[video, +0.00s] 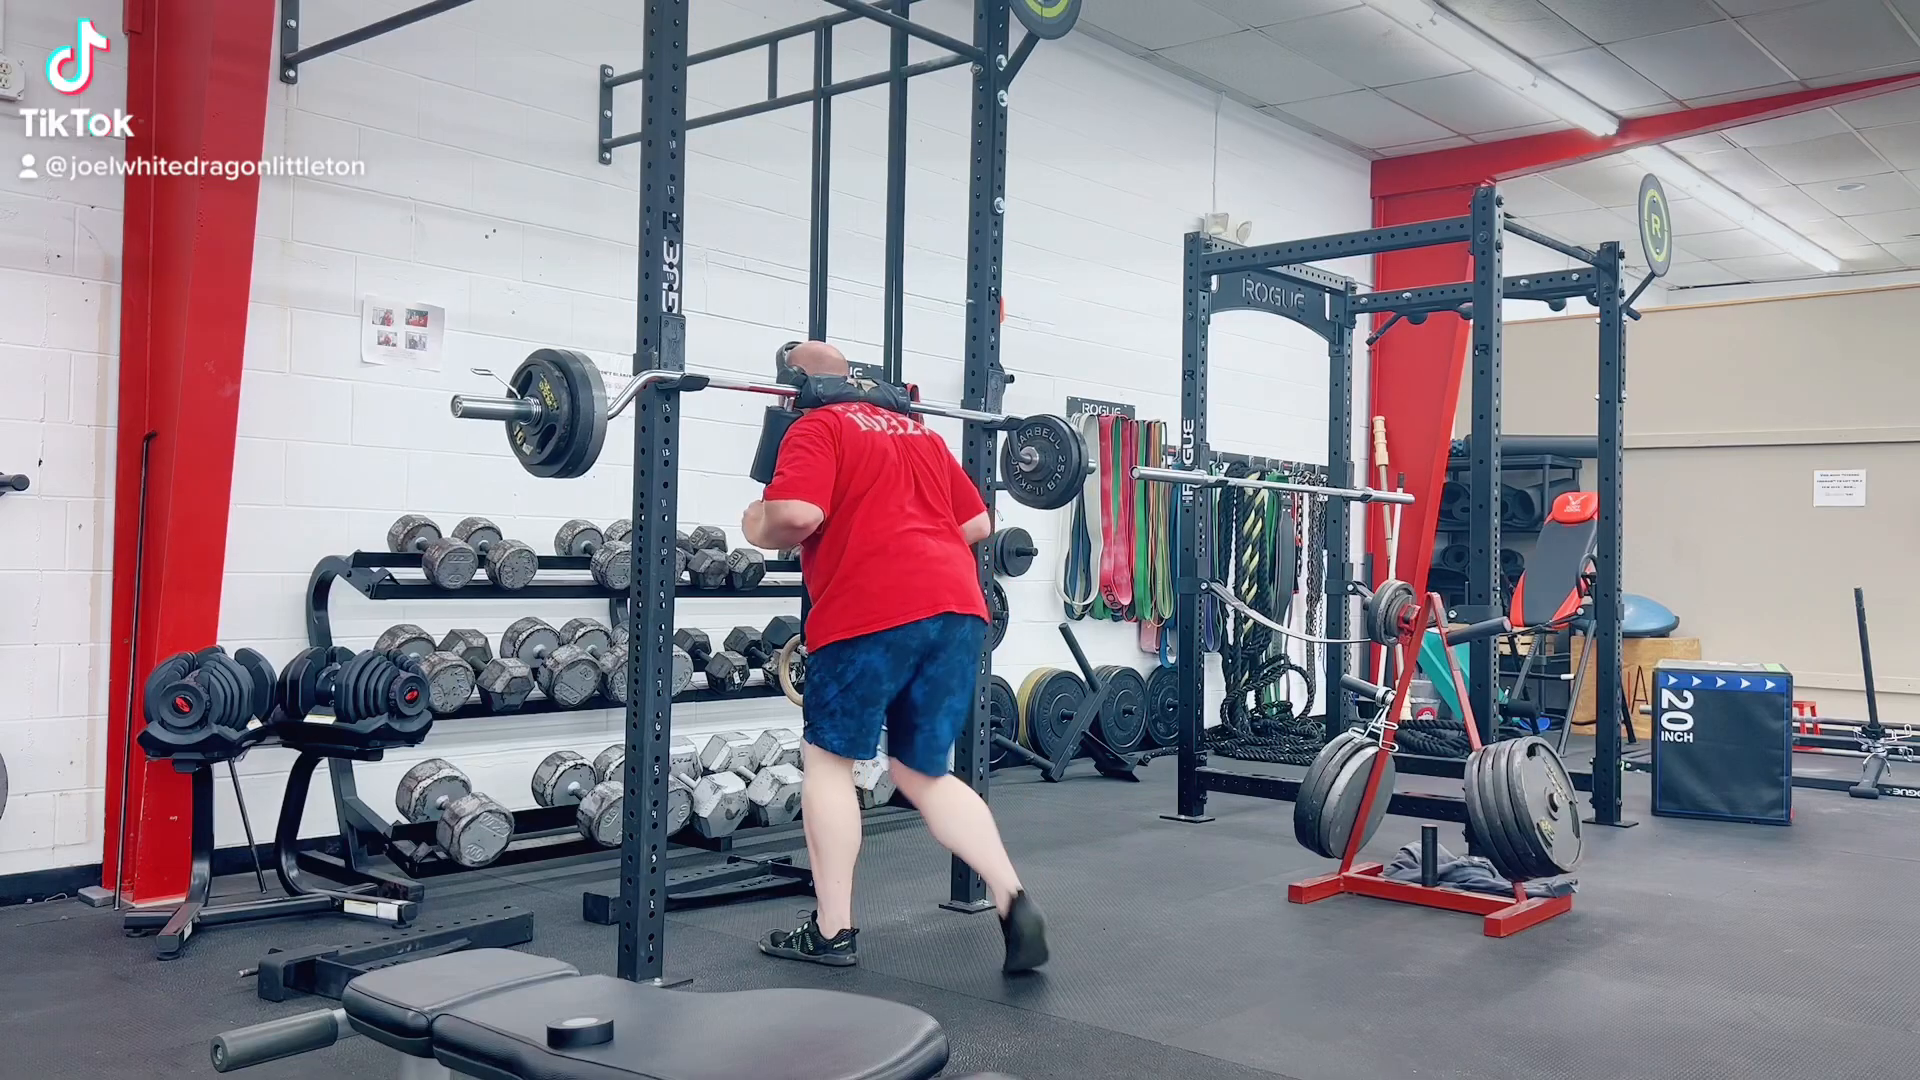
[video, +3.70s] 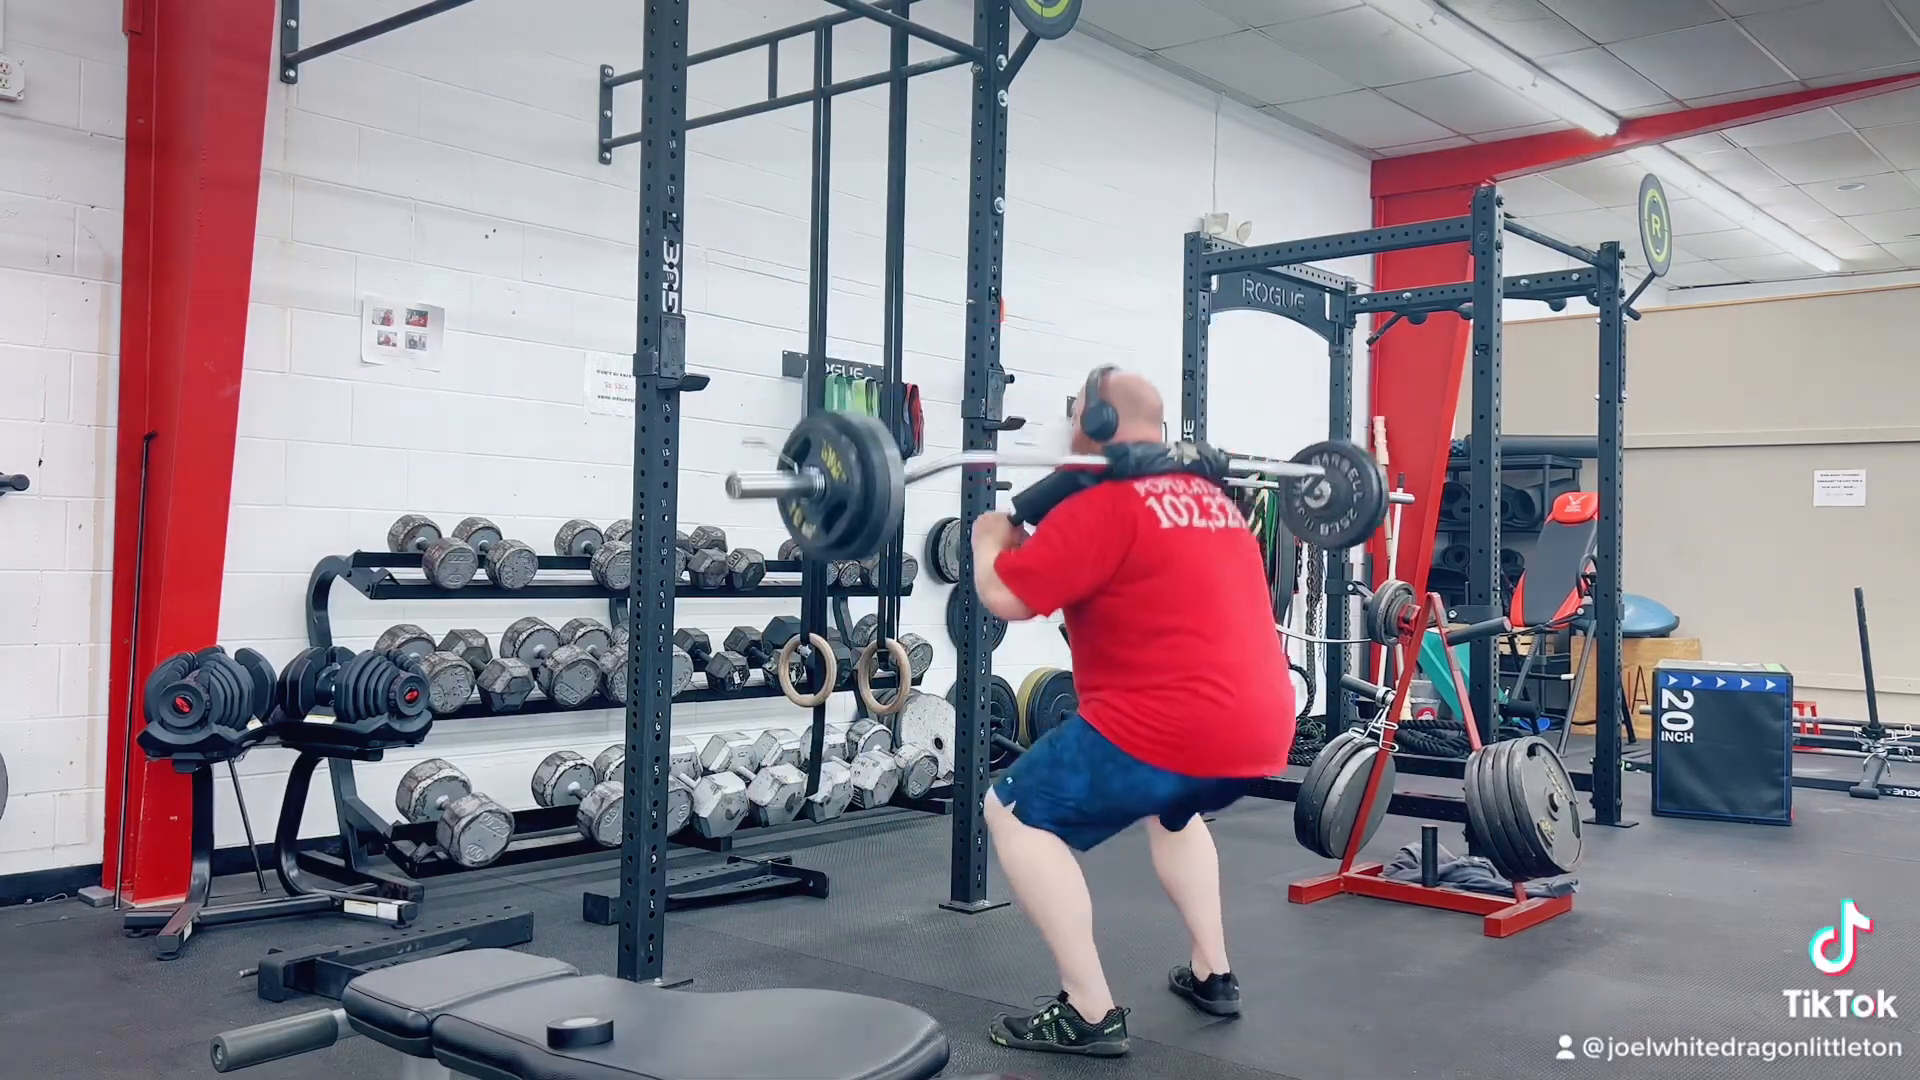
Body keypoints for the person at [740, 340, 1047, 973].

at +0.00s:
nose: (784, 397)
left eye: (785, 388)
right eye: (785, 386)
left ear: (799, 390)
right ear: (851, 378)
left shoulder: (816, 427)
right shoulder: (918, 431)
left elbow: (801, 514)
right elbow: (978, 522)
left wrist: (760, 526)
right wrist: (911, 544)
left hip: (870, 608)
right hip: (959, 606)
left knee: (830, 759)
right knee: (920, 769)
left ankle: (833, 929)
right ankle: (1012, 896)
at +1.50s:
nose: (887, 322)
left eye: (889, 312)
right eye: (891, 309)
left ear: (905, 318)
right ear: (965, 317)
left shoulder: (914, 383)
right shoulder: (1009, 390)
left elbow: (872, 477)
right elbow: (1041, 487)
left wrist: (830, 444)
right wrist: (967, 480)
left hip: (907, 605)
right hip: (977, 603)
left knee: (894, 759)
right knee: (931, 756)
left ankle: (962, 924)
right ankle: (912, 901)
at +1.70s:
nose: (934, 317)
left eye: (936, 304)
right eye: (935, 304)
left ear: (957, 301)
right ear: (1010, 296)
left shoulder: (975, 365)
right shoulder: (1073, 377)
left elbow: (939, 459)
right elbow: (1112, 482)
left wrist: (890, 445)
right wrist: (1034, 489)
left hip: (974, 602)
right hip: (1045, 602)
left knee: (964, 768)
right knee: (997, 752)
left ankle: (987, 971)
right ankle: (1030, 920)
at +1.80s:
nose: (972, 310)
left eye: (975, 297)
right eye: (974, 297)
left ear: (998, 294)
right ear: (1050, 291)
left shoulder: (1014, 361)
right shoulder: (1112, 374)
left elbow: (974, 460)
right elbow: (1148, 483)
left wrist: (919, 433)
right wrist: (1067, 494)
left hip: (1003, 607)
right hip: (1085, 607)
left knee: (984, 775)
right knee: (1067, 763)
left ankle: (989, 971)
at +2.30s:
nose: (1051, 296)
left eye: (1053, 283)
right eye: (1051, 284)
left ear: (1075, 277)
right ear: (1133, 270)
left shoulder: (1097, 341)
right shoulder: (1207, 353)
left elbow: (1064, 444)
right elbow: (1242, 467)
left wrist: (1001, 428)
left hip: (1115, 604)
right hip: (1200, 600)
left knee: (1113, 797)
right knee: (1174, 778)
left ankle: (1109, 1013)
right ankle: (1186, 960)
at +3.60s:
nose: (1078, 358)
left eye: (1083, 345)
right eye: (1082, 344)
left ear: (1103, 352)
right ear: (1167, 352)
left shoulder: (1112, 429)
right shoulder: (1223, 430)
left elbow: (1015, 526)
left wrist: (994, 471)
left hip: (1142, 667)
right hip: (1243, 669)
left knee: (1034, 799)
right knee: (1176, 792)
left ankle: (1091, 1007)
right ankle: (1215, 974)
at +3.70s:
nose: (1067, 436)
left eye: (1072, 422)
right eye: (1070, 423)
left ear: (1092, 429)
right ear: (1158, 430)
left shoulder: (1108, 504)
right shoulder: (1212, 497)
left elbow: (1006, 597)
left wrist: (990, 540)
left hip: (1160, 728)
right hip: (1261, 730)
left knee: (1014, 810)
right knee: (1172, 808)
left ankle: (1090, 1009)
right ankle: (1214, 975)